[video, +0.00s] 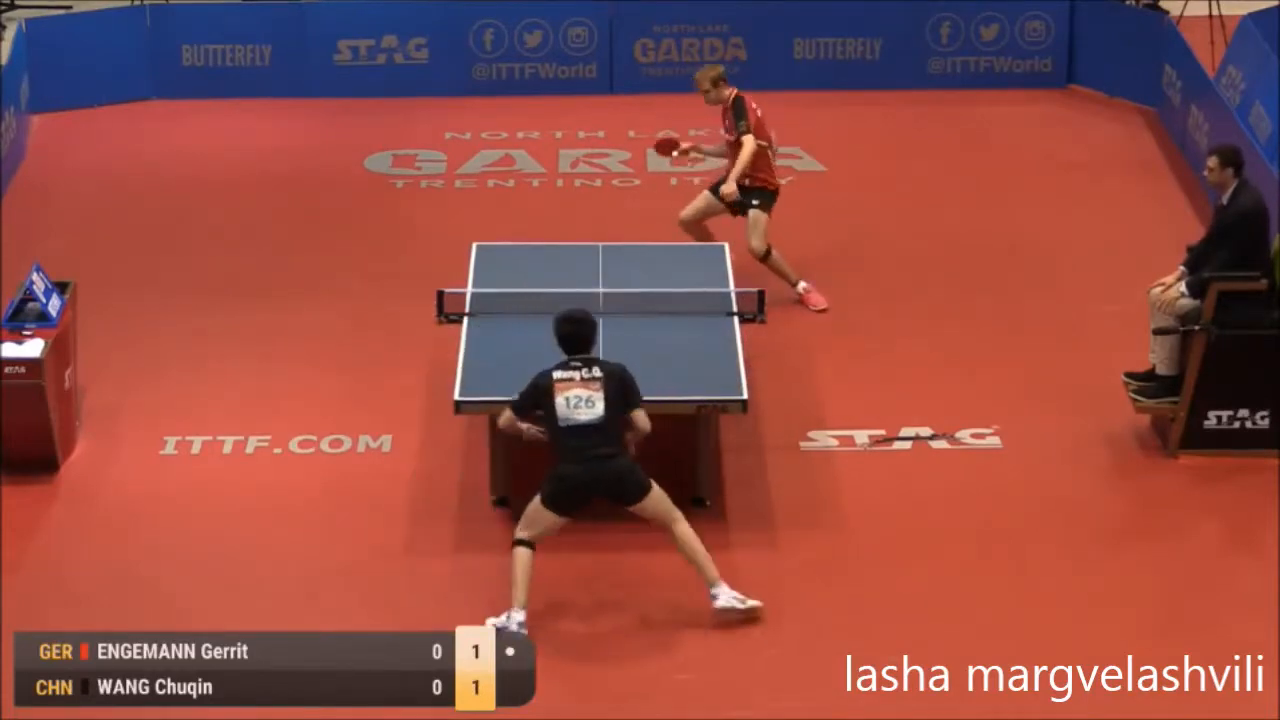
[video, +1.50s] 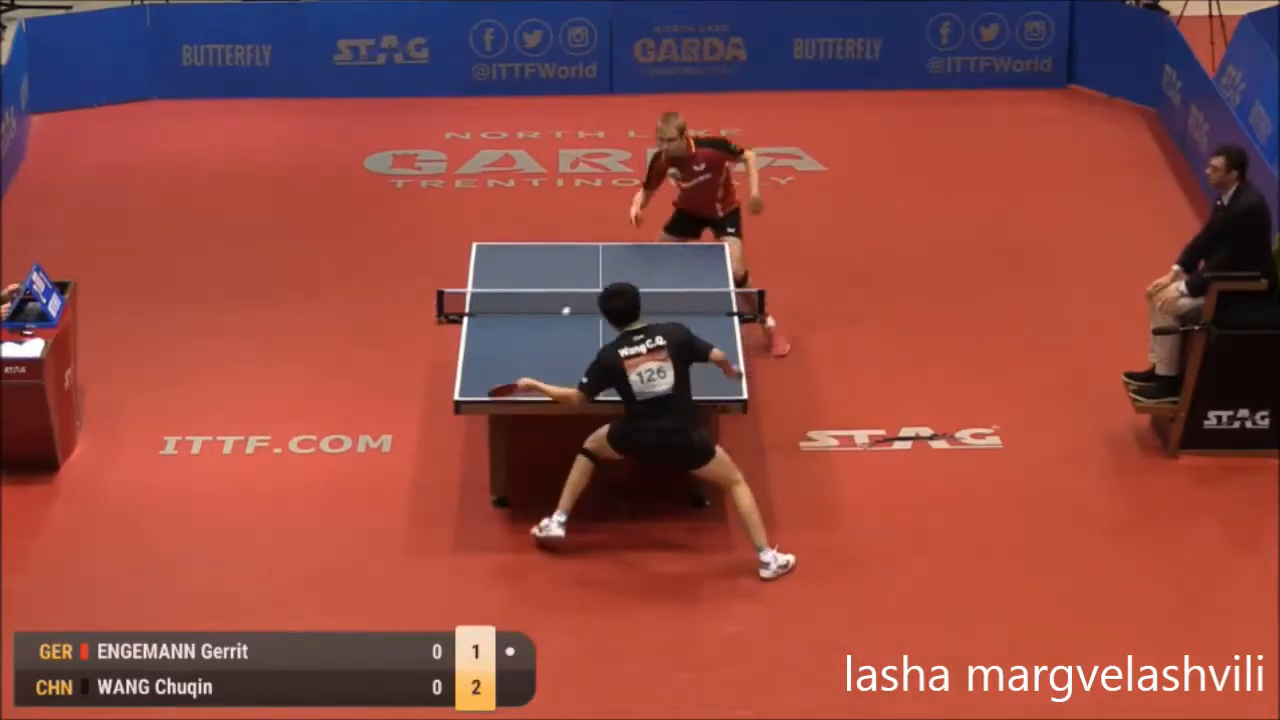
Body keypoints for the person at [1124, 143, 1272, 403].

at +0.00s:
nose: (1205, 175)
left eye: (1211, 170)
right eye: (1206, 169)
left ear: (1229, 171)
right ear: (1223, 172)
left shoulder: (1246, 206)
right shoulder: (1229, 200)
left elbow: (1227, 263)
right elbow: (1209, 244)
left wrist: (1185, 287)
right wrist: (1179, 274)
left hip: (1238, 291)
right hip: (1221, 279)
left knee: (1166, 305)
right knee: (1156, 295)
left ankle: (1169, 378)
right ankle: (1160, 369)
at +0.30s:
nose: (1206, 175)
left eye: (1211, 170)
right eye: (1206, 170)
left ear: (1230, 171)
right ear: (1223, 172)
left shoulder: (1246, 206)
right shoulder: (1229, 200)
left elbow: (1227, 263)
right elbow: (1209, 244)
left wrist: (1185, 287)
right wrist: (1179, 274)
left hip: (1238, 291)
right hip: (1221, 279)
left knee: (1166, 305)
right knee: (1156, 295)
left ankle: (1169, 378)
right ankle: (1160, 369)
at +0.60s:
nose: (1207, 175)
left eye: (1213, 169)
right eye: (1207, 169)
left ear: (1232, 170)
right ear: (1225, 172)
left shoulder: (1245, 205)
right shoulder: (1231, 199)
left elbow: (1221, 257)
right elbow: (1210, 244)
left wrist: (1178, 279)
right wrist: (1177, 272)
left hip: (1236, 288)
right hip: (1222, 278)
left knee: (1165, 307)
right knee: (1157, 296)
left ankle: (1168, 378)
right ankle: (1160, 369)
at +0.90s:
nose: (1208, 170)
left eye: (1215, 166)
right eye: (1210, 164)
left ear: (1233, 174)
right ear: (1227, 173)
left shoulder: (1249, 205)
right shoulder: (1226, 199)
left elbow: (1229, 264)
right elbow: (1205, 240)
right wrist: (1173, 274)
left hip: (1240, 291)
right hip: (1222, 279)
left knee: (1167, 307)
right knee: (1158, 297)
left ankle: (1168, 378)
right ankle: (1159, 370)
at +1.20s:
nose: (1208, 172)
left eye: (1215, 168)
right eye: (1209, 166)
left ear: (1233, 174)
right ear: (1226, 173)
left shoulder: (1249, 205)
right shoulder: (1225, 200)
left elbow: (1229, 264)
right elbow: (1205, 240)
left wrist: (1183, 288)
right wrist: (1173, 274)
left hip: (1241, 292)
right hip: (1223, 280)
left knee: (1168, 307)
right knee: (1158, 296)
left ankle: (1168, 378)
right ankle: (1159, 370)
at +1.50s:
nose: (1208, 173)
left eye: (1215, 168)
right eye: (1209, 167)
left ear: (1233, 174)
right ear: (1225, 174)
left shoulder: (1249, 206)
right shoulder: (1225, 201)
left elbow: (1229, 265)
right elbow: (1204, 241)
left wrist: (1183, 288)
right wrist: (1173, 274)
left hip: (1241, 292)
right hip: (1222, 281)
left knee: (1168, 307)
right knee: (1158, 297)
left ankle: (1168, 379)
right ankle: (1159, 370)